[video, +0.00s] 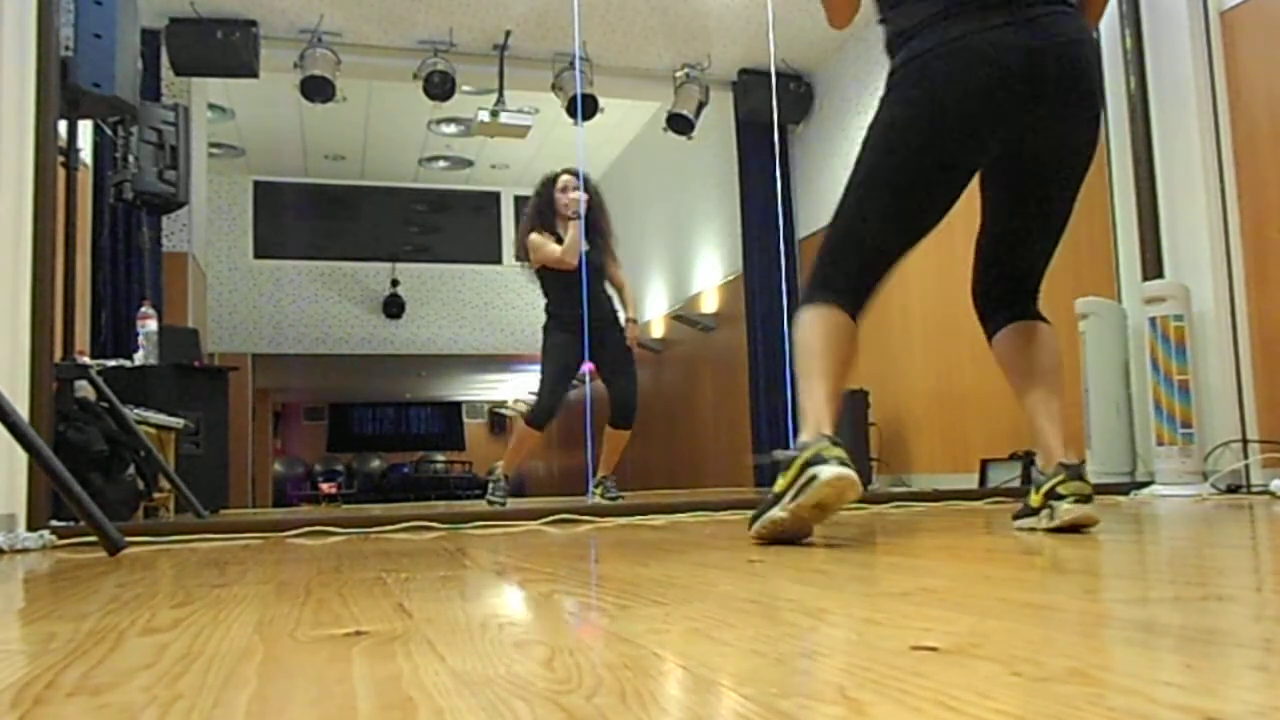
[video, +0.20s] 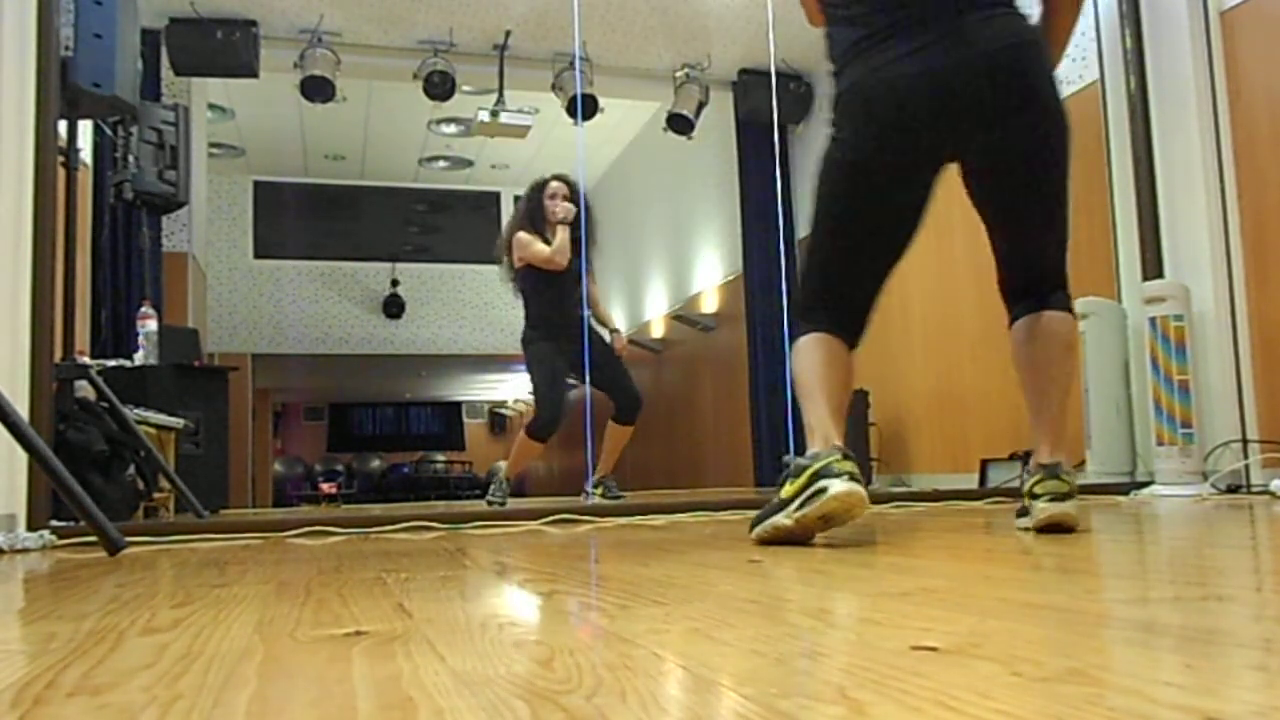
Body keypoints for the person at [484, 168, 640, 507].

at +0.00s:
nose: (574, 196)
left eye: (578, 190)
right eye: (566, 190)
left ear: (588, 198)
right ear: (550, 199)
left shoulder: (595, 241)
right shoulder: (537, 240)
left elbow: (620, 281)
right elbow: (568, 260)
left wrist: (631, 319)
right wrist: (576, 217)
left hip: (605, 327)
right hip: (564, 329)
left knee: (625, 402)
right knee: (547, 404)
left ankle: (604, 479)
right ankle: (503, 474)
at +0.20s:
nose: (560, 205)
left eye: (566, 199)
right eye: (553, 198)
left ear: (574, 208)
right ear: (538, 204)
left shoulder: (577, 245)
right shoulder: (523, 240)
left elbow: (590, 296)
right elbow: (558, 260)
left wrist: (612, 328)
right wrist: (563, 224)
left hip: (581, 334)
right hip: (543, 338)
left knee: (629, 401)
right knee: (550, 415)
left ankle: (601, 479)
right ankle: (505, 476)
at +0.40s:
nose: (543, 196)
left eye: (549, 191)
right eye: (536, 188)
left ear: (556, 200)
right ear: (520, 193)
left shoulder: (555, 243)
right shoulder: (504, 230)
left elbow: (569, 294)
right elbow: (534, 251)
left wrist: (589, 326)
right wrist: (540, 217)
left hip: (550, 331)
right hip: (512, 329)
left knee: (608, 396)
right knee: (516, 413)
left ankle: (596, 480)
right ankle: (496, 484)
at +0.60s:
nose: (529, 180)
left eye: (535, 176)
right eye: (522, 172)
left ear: (539, 185)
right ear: (505, 175)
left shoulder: (539, 223)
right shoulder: (485, 209)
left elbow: (550, 273)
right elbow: (508, 235)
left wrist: (567, 312)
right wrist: (521, 205)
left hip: (535, 313)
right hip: (495, 311)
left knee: (576, 387)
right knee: (499, 400)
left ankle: (597, 474)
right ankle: (494, 483)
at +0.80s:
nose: (520, 176)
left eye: (526, 171)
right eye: (514, 167)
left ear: (532, 179)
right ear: (497, 168)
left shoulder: (530, 211)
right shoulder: (473, 200)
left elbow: (537, 264)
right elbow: (495, 228)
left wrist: (559, 304)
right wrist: (511, 199)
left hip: (532, 305)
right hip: (491, 305)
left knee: (569, 382)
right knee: (494, 396)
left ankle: (589, 468)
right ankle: (493, 482)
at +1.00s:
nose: (514, 178)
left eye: (520, 173)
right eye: (508, 170)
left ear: (529, 180)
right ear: (493, 172)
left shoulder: (538, 214)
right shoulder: (474, 209)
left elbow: (547, 263)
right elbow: (492, 234)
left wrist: (555, 307)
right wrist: (508, 201)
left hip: (532, 307)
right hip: (491, 306)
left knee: (551, 393)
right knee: (493, 397)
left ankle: (575, 479)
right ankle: (492, 483)